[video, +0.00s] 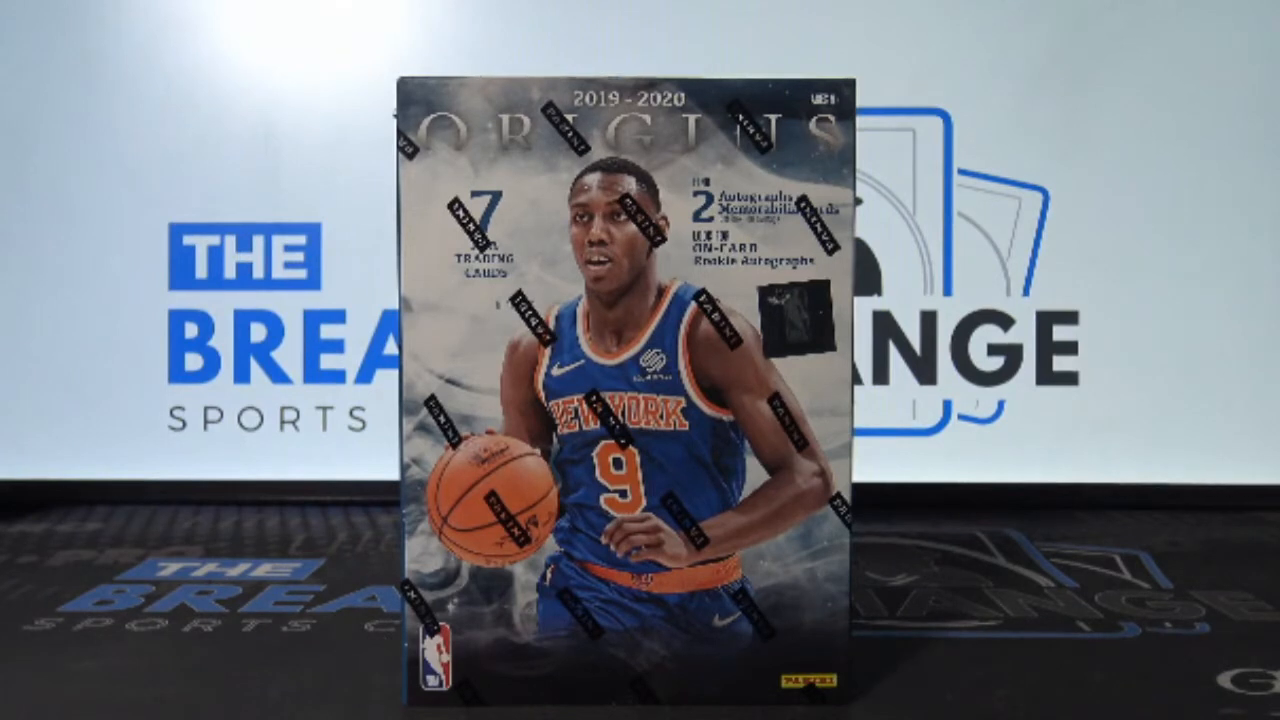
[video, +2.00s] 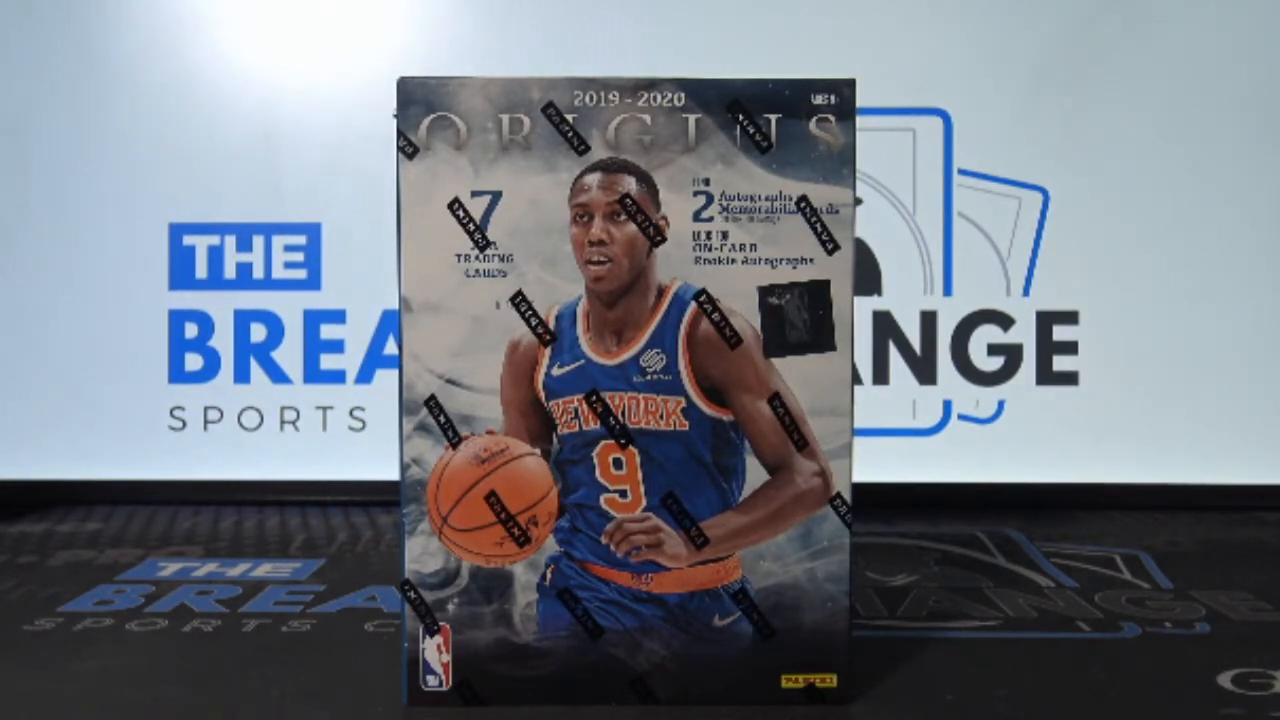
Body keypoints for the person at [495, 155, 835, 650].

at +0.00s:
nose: (595, 234)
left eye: (617, 216)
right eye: (582, 218)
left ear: (657, 230)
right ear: (570, 231)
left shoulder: (712, 334)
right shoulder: (534, 352)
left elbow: (809, 476)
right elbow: (525, 486)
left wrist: (694, 544)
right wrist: (479, 469)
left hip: (697, 613)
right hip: (583, 606)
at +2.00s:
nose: (595, 235)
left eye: (617, 216)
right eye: (582, 218)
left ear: (657, 230)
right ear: (570, 232)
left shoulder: (712, 334)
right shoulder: (534, 353)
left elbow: (809, 476)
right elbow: (525, 488)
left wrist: (695, 543)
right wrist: (475, 473)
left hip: (697, 612)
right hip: (582, 605)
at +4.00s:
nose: (595, 235)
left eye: (617, 216)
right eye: (582, 218)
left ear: (657, 230)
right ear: (569, 232)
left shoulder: (713, 335)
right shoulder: (535, 352)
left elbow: (810, 477)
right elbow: (530, 489)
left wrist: (696, 541)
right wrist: (485, 467)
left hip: (697, 614)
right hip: (582, 606)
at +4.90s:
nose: (595, 235)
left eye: (617, 216)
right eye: (582, 218)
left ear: (657, 229)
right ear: (569, 232)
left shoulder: (712, 334)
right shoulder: (534, 353)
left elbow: (810, 478)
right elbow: (529, 491)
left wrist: (696, 541)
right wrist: (487, 468)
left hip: (698, 612)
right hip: (584, 606)